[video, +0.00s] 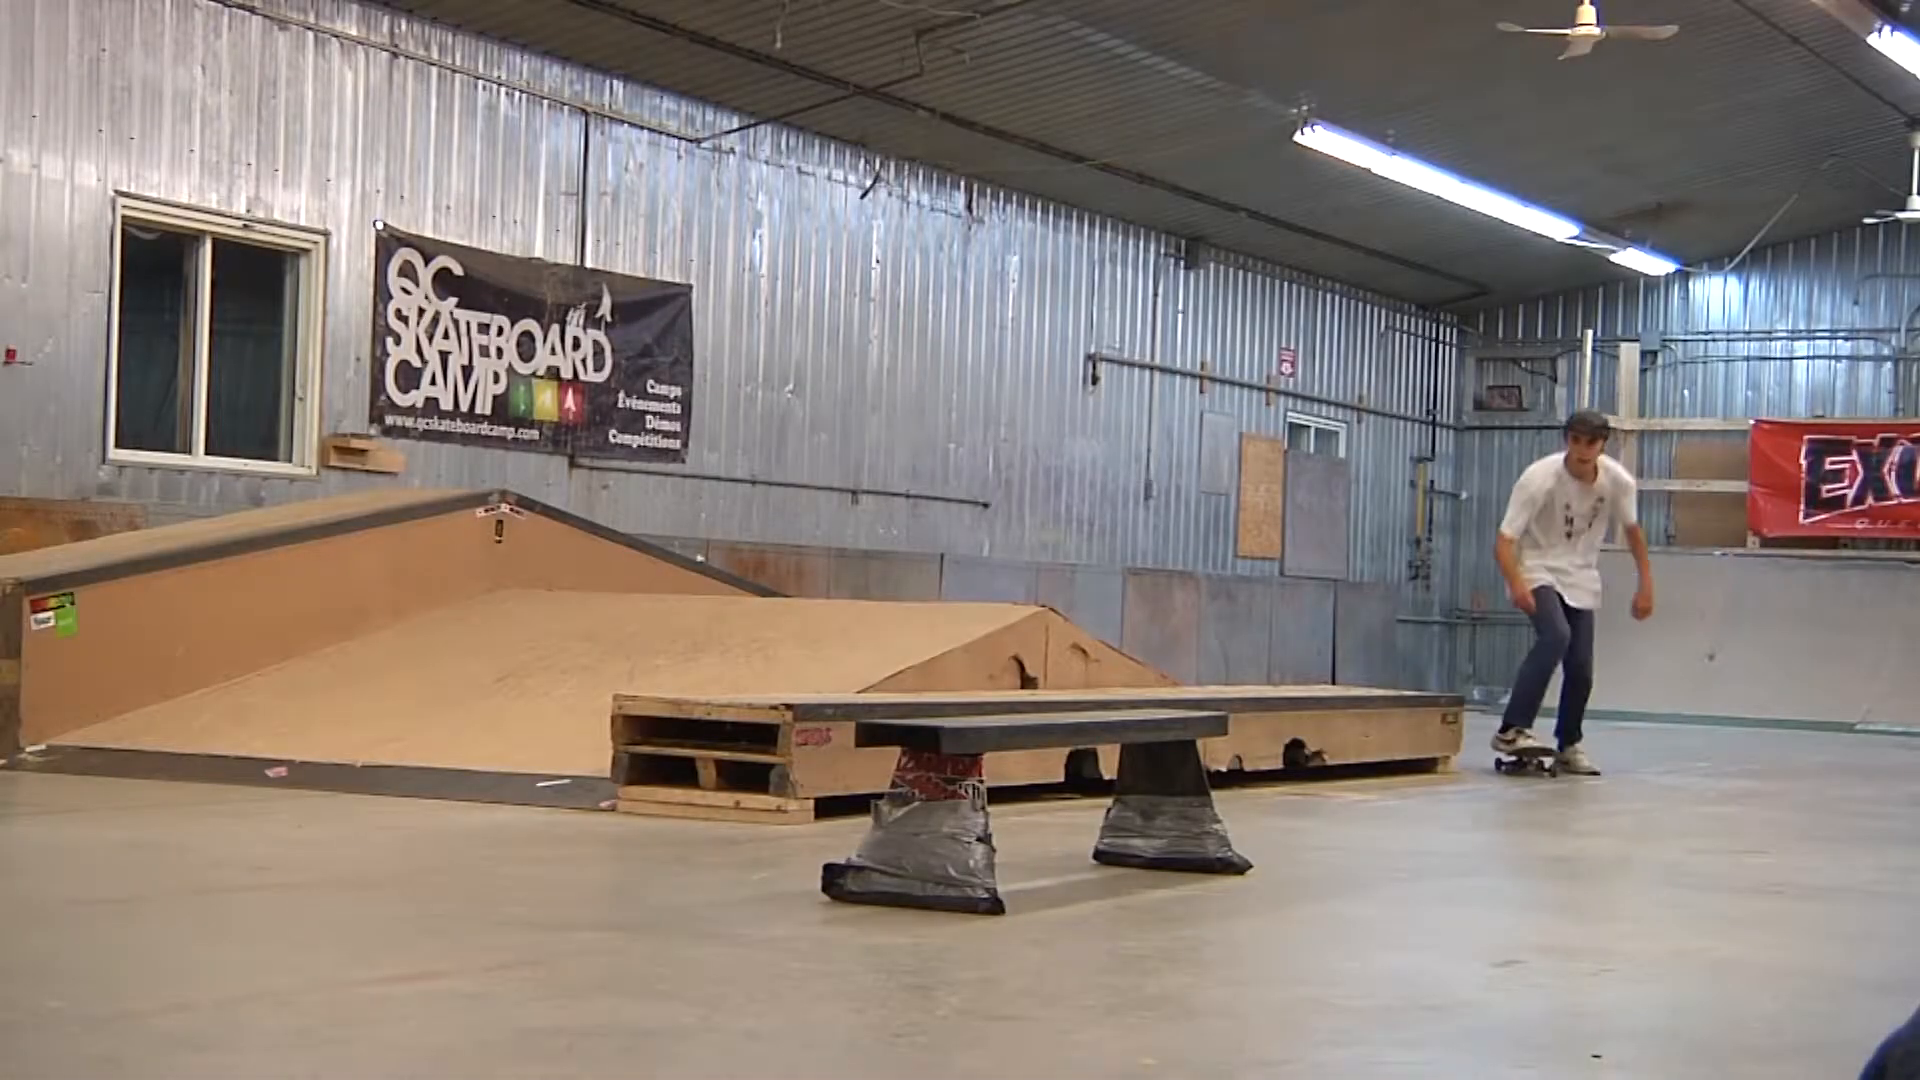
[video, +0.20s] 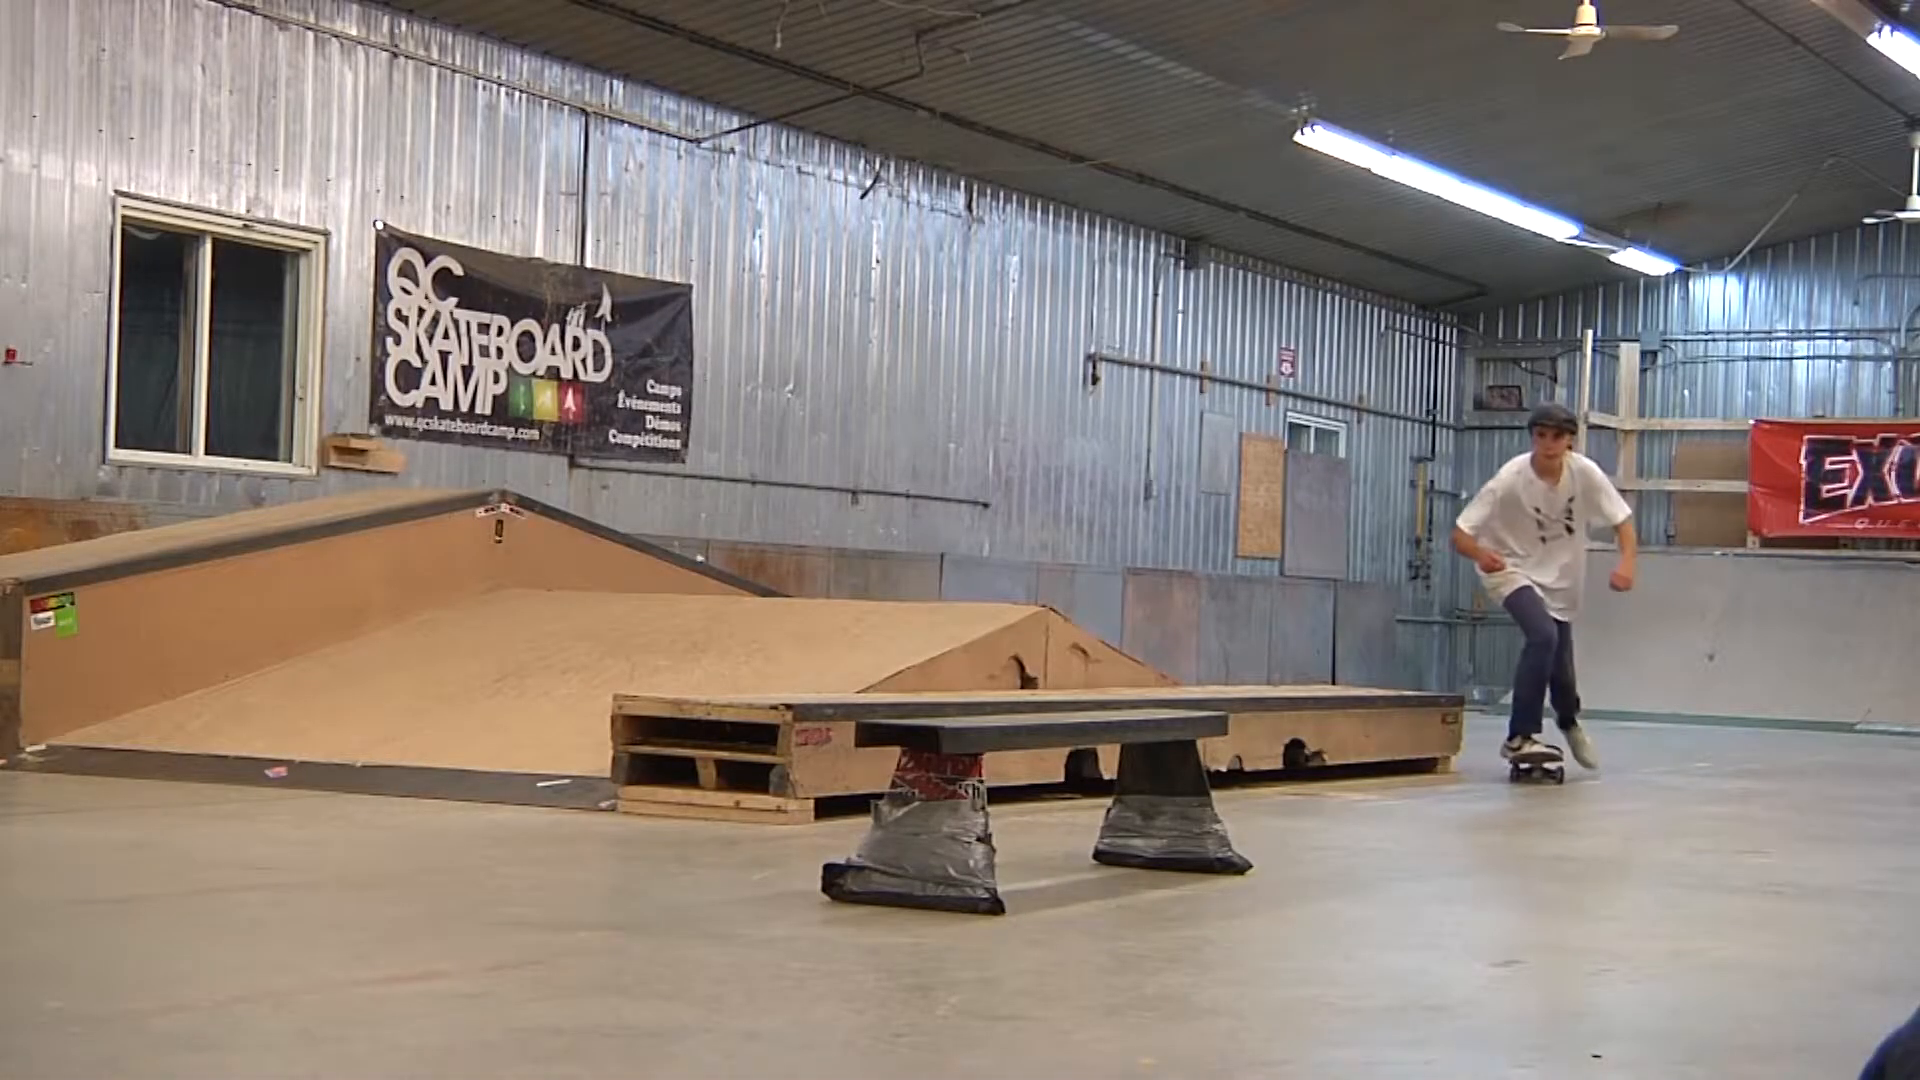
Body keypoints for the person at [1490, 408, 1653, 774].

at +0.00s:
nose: (1584, 451)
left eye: (1592, 443)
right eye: (1577, 442)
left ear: (1604, 445)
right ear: (1566, 441)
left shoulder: (1619, 481)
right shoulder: (1539, 479)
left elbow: (1631, 529)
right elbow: (1505, 539)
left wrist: (1645, 584)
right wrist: (1515, 583)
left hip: (1581, 575)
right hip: (1537, 570)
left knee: (1581, 667)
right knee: (1556, 636)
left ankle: (1569, 745)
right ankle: (1512, 731)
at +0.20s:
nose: (1549, 444)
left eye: (1558, 437)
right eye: (1542, 436)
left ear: (1570, 440)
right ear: (1532, 437)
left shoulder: (1585, 473)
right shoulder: (1509, 479)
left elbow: (1623, 520)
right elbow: (1460, 534)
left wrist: (1626, 565)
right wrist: (1480, 554)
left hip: (1560, 580)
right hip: (1512, 573)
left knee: (1562, 668)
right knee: (1543, 636)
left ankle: (1569, 724)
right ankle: (1520, 738)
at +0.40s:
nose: (1525, 436)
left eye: (1535, 428)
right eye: (1519, 426)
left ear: (1546, 428)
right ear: (1506, 423)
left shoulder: (1556, 456)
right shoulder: (1484, 458)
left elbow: (1593, 517)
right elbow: (1443, 535)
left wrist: (1586, 563)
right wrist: (1469, 583)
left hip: (1525, 565)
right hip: (1478, 561)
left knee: (1545, 644)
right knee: (1504, 636)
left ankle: (1505, 723)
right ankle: (1502, 739)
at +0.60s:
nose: (1496, 425)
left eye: (1506, 418)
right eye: (1489, 415)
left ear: (1516, 418)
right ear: (1476, 411)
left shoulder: (1524, 444)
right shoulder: (1445, 449)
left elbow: (1531, 510)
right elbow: (1409, 527)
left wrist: (1532, 577)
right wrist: (1431, 596)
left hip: (1476, 548)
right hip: (1433, 543)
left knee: (1484, 637)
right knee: (1464, 631)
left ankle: (1455, 738)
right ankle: (1424, 740)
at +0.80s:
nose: (1458, 422)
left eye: (1470, 414)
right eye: (1452, 409)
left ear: (1480, 416)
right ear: (1437, 404)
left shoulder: (1479, 446)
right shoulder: (1401, 449)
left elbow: (1468, 524)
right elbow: (1363, 531)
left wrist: (1464, 598)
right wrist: (1383, 608)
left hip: (1418, 545)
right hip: (1373, 540)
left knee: (1428, 640)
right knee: (1406, 635)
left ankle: (1397, 742)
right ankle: (1362, 745)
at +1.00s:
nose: (1417, 404)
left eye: (1429, 397)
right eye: (1411, 390)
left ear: (1438, 400)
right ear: (1395, 383)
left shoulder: (1431, 428)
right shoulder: (1348, 427)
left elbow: (1410, 506)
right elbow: (1312, 512)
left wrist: (1400, 583)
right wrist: (1328, 596)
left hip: (1361, 528)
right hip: (1312, 522)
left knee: (1366, 627)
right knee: (1343, 622)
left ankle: (1326, 740)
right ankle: (1295, 741)